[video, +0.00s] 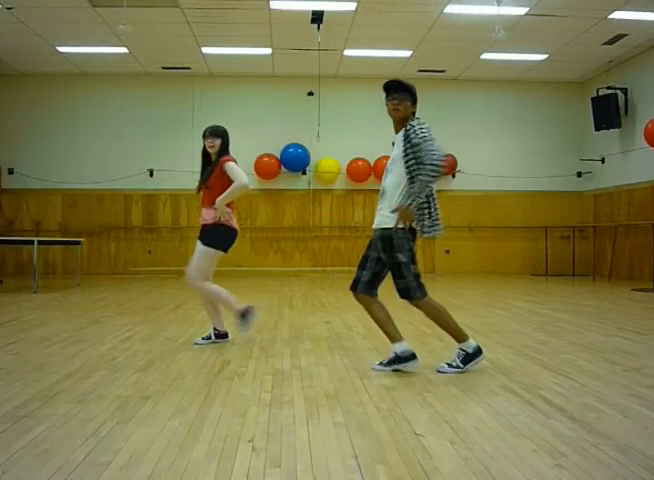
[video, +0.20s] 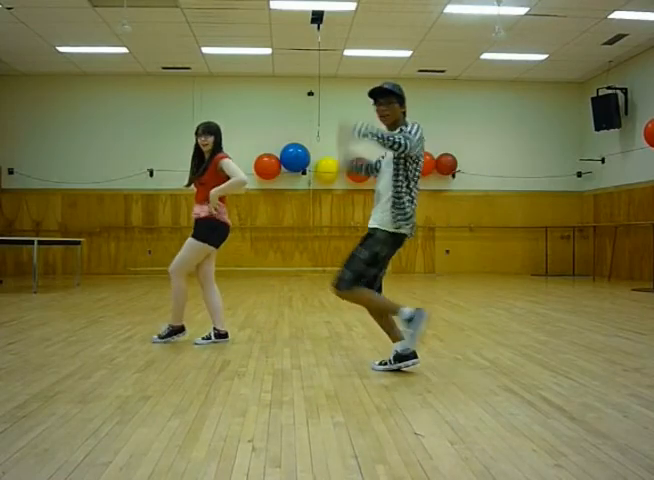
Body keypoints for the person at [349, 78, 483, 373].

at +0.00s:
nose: (393, 105)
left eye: (399, 101)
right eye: (389, 101)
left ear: (412, 105)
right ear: (386, 106)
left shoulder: (417, 131)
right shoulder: (401, 137)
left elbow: (434, 166)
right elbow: (408, 175)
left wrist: (410, 205)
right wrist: (393, 205)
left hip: (399, 227)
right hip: (384, 228)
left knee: (413, 293)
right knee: (362, 290)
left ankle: (468, 347)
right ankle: (401, 350)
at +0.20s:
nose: (382, 112)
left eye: (388, 105)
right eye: (378, 108)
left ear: (402, 106)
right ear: (377, 110)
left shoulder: (412, 130)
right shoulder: (391, 142)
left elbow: (402, 145)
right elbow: (379, 168)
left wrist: (362, 131)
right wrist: (355, 166)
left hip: (393, 224)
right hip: (383, 223)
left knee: (344, 285)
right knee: (368, 291)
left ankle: (407, 315)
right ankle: (403, 350)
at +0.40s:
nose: (362, 106)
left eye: (367, 100)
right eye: (361, 100)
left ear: (385, 100)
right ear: (372, 102)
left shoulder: (391, 135)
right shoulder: (388, 134)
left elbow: (399, 179)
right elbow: (394, 178)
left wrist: (368, 167)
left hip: (375, 223)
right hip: (384, 224)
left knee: (328, 277)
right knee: (370, 289)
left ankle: (327, 345)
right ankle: (403, 350)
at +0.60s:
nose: (347, 105)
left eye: (349, 100)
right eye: (348, 100)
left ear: (357, 102)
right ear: (376, 102)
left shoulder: (360, 129)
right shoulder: (396, 136)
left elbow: (362, 179)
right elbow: (403, 186)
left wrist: (361, 226)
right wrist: (409, 227)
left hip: (352, 222)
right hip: (380, 225)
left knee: (325, 281)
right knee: (370, 287)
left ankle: (321, 348)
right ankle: (394, 349)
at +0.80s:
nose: (388, 101)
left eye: (386, 96)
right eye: (385, 97)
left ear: (360, 100)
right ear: (375, 99)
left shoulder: (336, 130)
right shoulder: (379, 127)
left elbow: (326, 177)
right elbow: (368, 177)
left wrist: (328, 214)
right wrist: (356, 227)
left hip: (343, 217)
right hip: (368, 218)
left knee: (349, 282)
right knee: (382, 283)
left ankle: (326, 347)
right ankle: (350, 350)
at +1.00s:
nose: (359, 99)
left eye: (365, 95)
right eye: (356, 95)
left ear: (378, 100)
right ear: (350, 99)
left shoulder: (386, 137)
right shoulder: (333, 134)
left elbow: (391, 181)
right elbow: (320, 176)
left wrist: (385, 220)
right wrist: (318, 216)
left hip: (367, 218)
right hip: (338, 215)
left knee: (356, 287)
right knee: (357, 286)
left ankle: (325, 344)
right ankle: (355, 351)